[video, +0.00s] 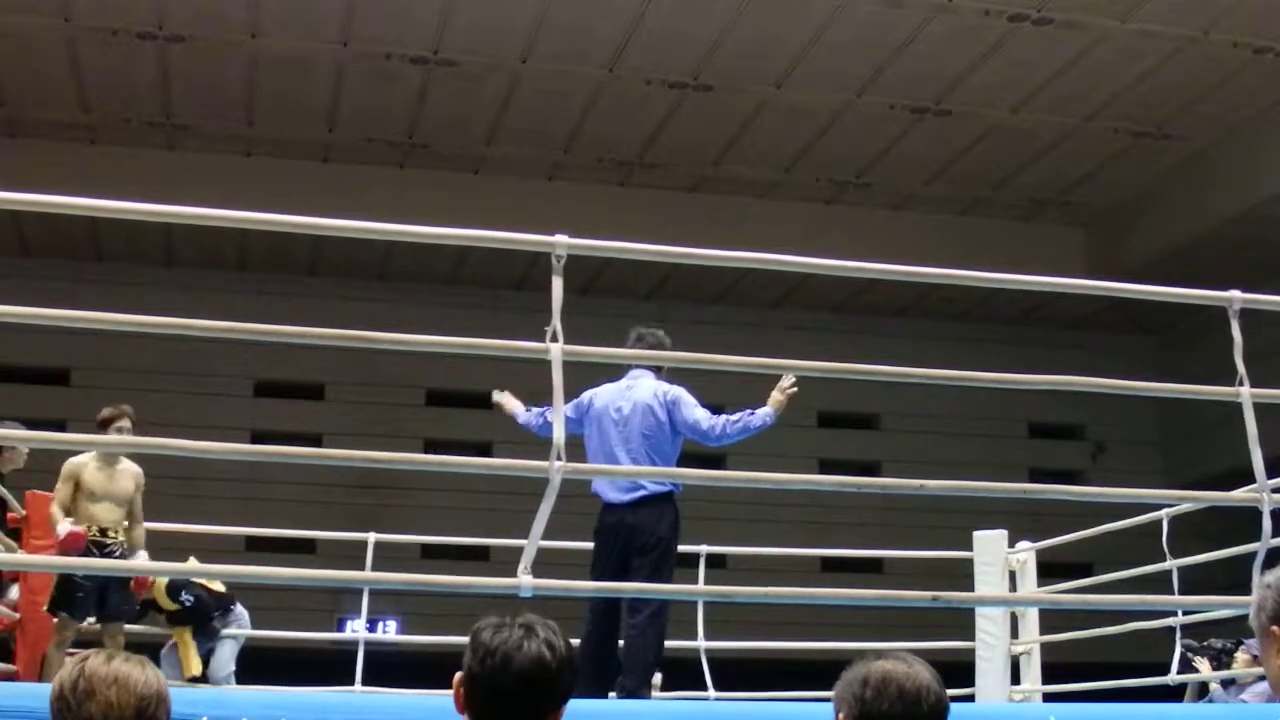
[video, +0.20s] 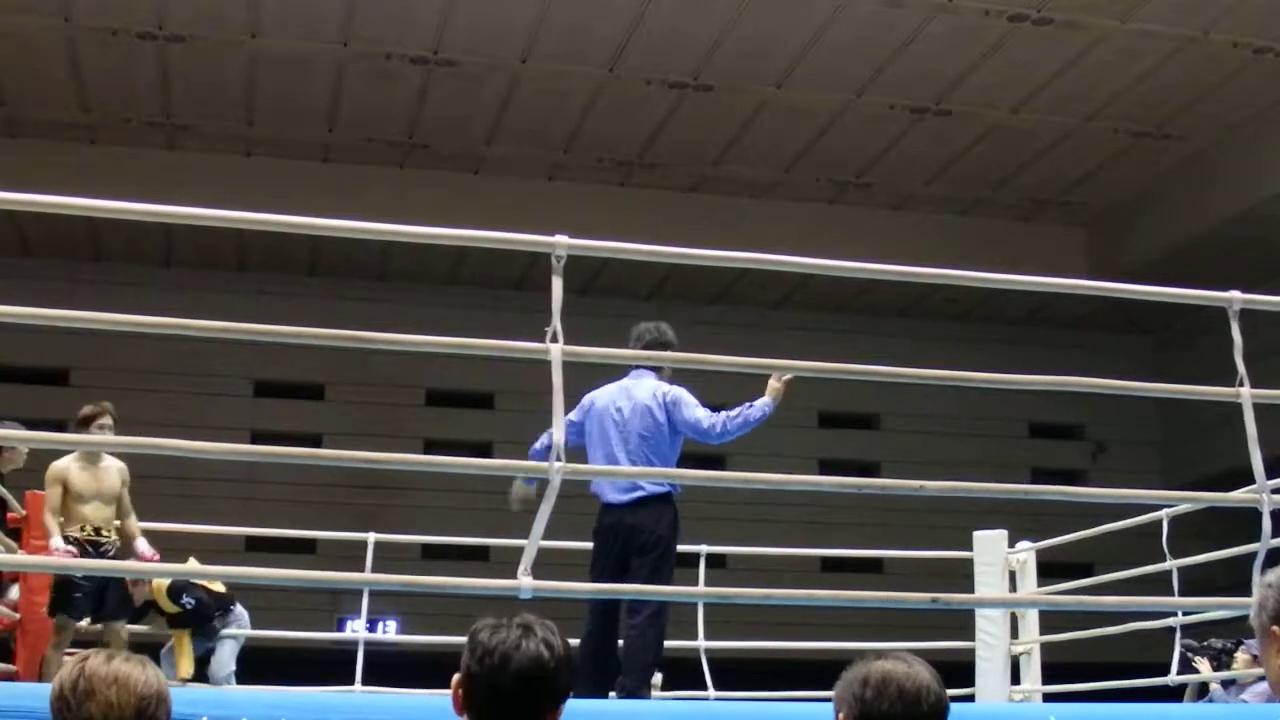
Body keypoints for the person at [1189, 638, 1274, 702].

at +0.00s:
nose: (1235, 655)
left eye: (1243, 652)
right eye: (1237, 651)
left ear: (1258, 661)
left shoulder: (1264, 687)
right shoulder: (1231, 689)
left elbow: (1233, 710)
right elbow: (1193, 711)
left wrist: (1211, 680)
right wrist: (1194, 679)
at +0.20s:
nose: (1235, 655)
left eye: (1243, 652)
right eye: (1237, 651)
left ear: (1257, 660)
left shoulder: (1264, 687)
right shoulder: (1231, 689)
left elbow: (1234, 711)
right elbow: (1191, 711)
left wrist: (1211, 680)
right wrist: (1195, 678)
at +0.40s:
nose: (1235, 655)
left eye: (1243, 652)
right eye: (1237, 651)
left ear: (1257, 661)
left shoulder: (1264, 687)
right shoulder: (1231, 688)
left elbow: (1234, 711)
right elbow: (1196, 710)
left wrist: (1212, 680)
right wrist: (1194, 678)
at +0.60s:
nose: (1235, 655)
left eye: (1243, 652)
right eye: (1237, 651)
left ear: (1258, 661)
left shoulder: (1266, 687)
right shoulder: (1230, 689)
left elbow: (1235, 711)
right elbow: (1194, 711)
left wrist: (1211, 681)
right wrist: (1194, 679)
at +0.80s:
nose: (1234, 655)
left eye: (1243, 652)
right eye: (1237, 651)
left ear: (1258, 662)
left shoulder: (1266, 688)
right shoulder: (1228, 689)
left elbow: (1234, 711)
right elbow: (1192, 711)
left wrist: (1211, 680)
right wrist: (1195, 679)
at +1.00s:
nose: (1234, 655)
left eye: (1243, 652)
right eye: (1236, 651)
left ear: (1258, 661)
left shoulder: (1266, 688)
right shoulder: (1230, 689)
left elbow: (1233, 711)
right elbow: (1190, 711)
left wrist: (1212, 680)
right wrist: (1194, 678)